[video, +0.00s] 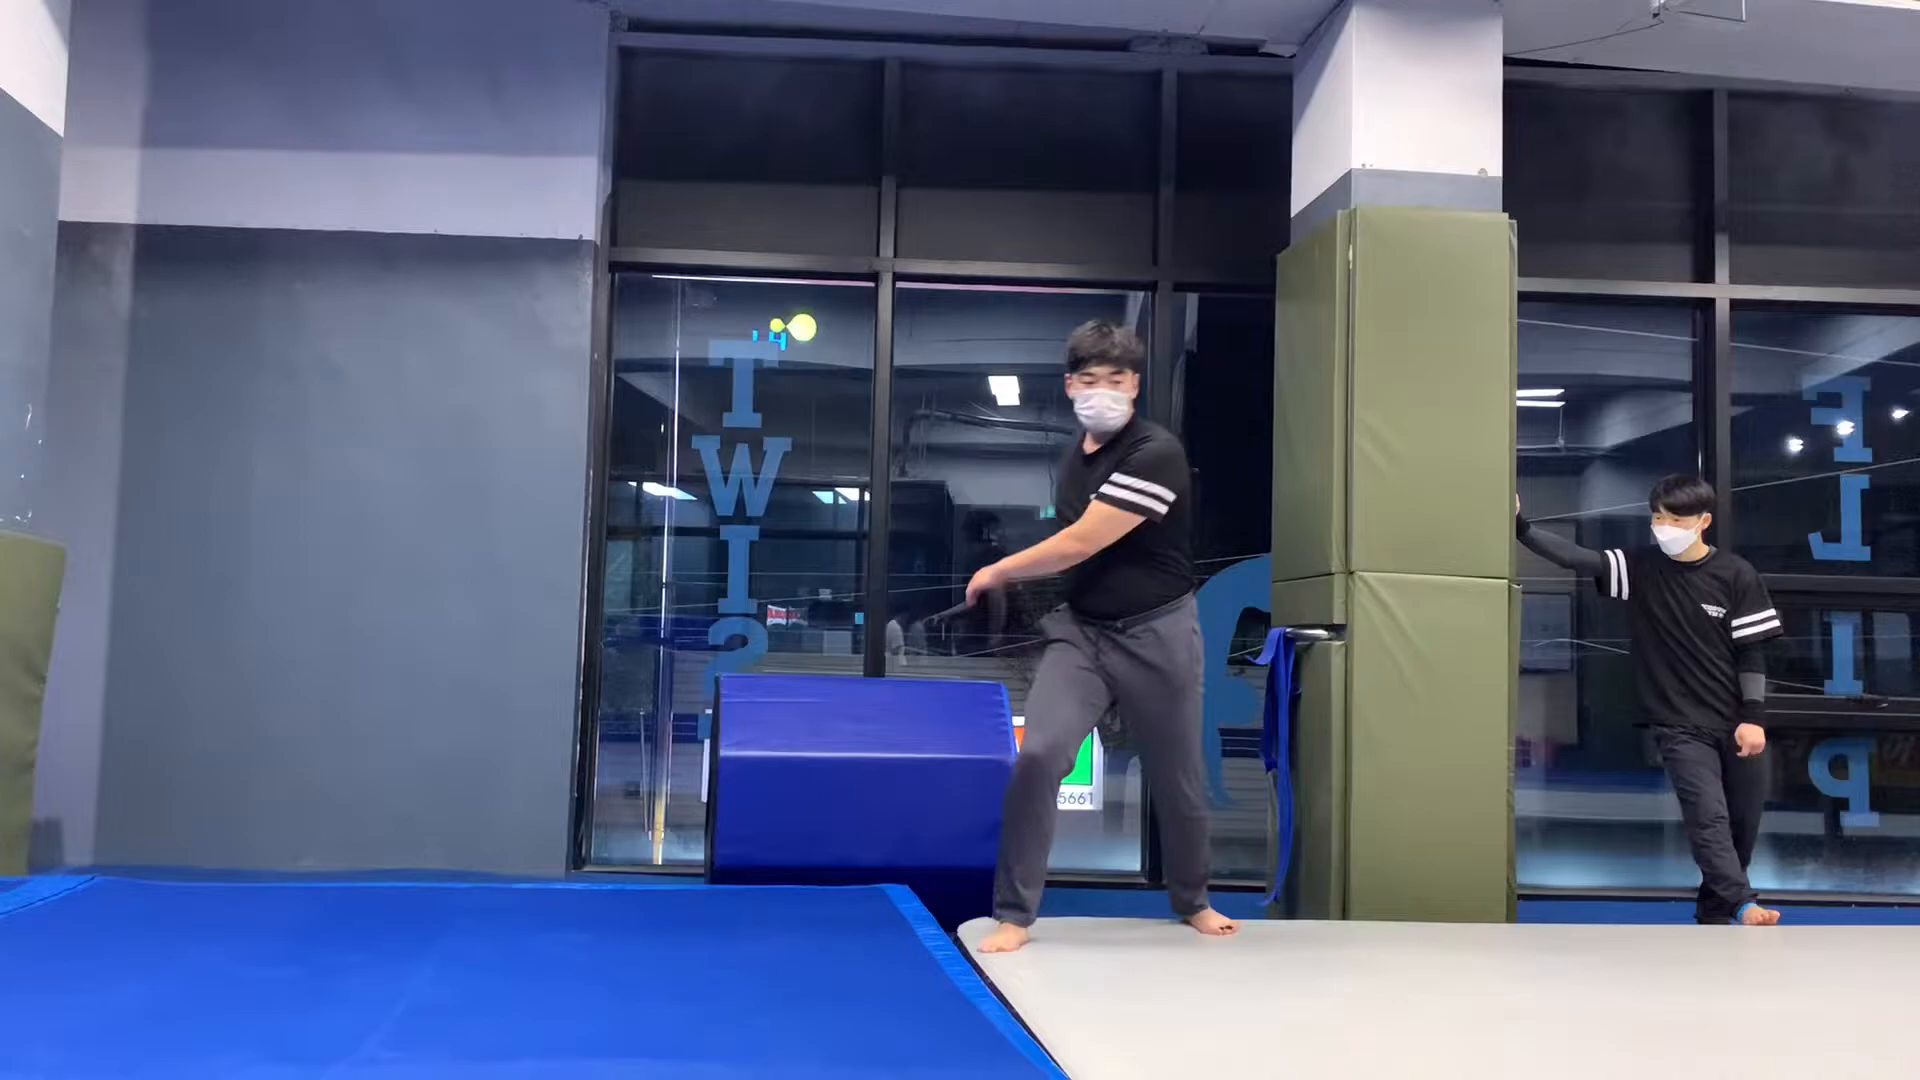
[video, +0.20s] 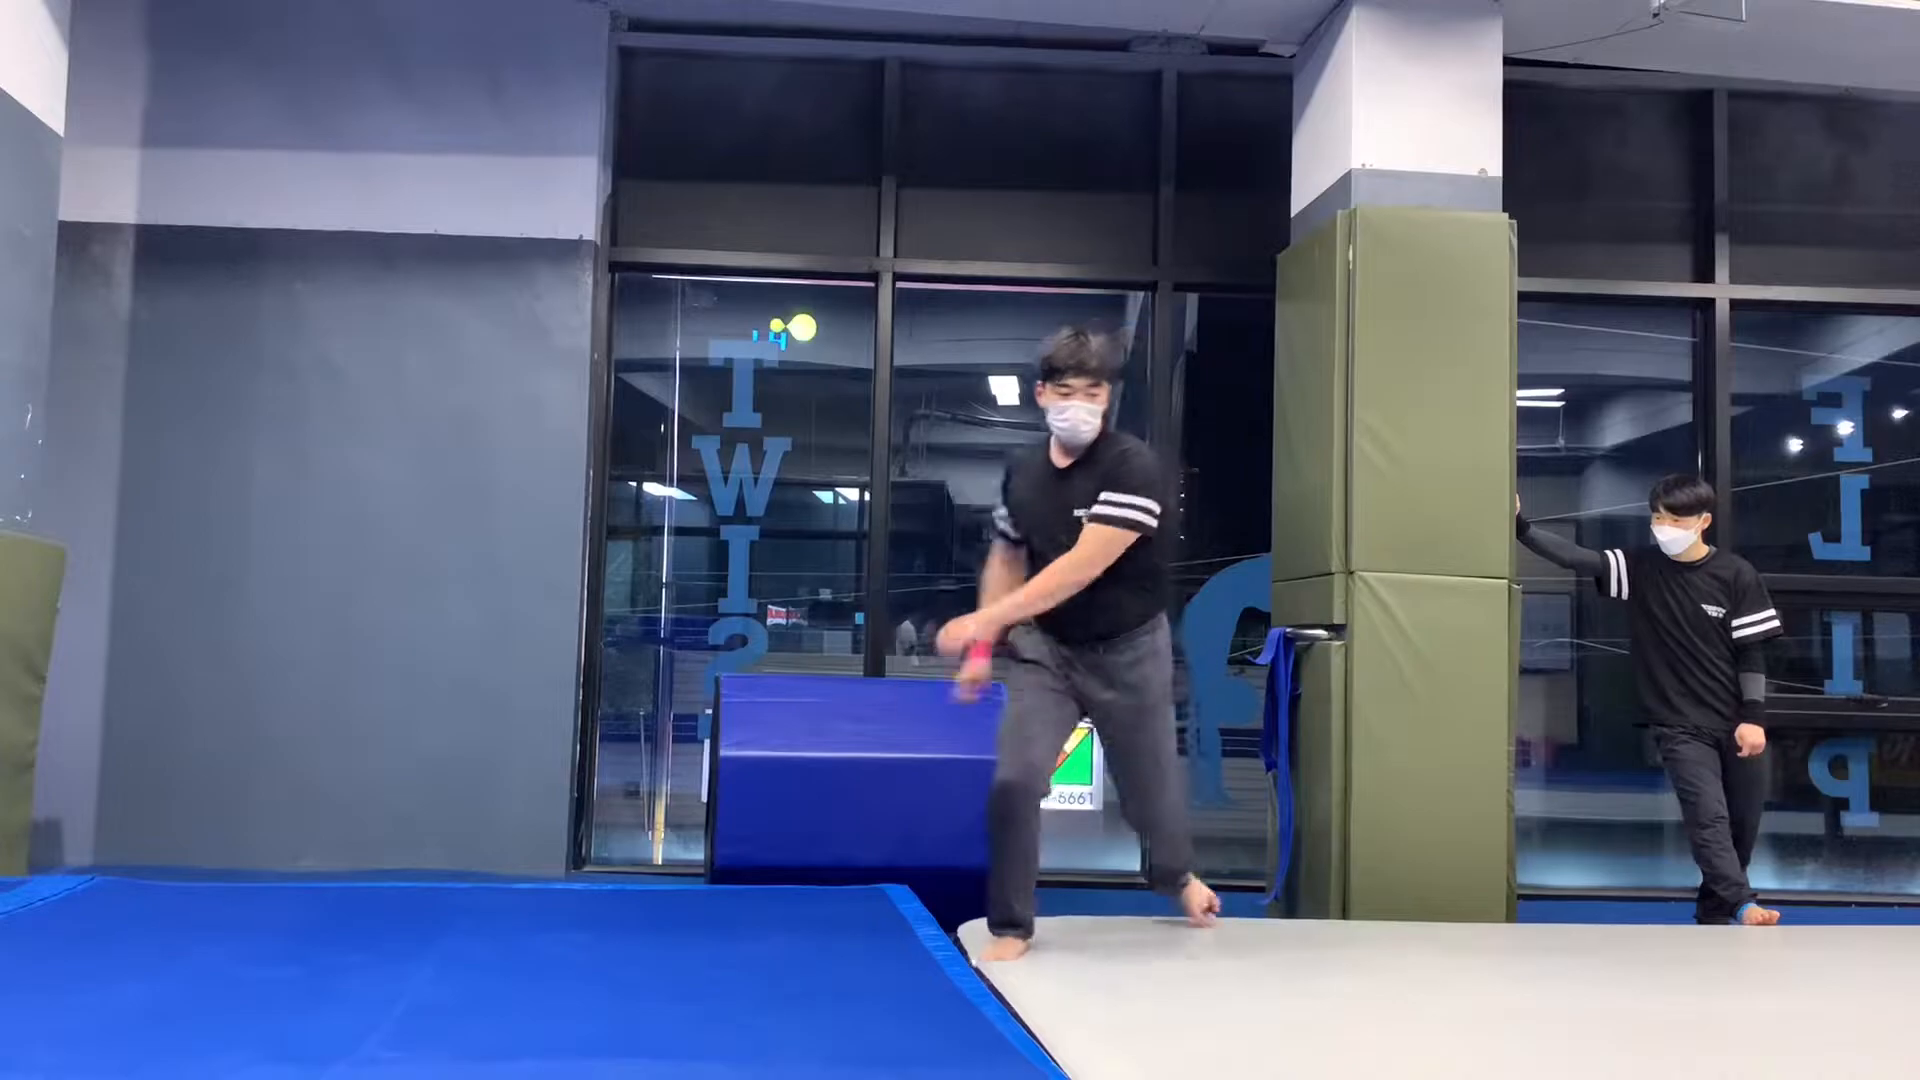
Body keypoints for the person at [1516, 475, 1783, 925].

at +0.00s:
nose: (1657, 529)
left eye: (1668, 522)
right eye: (1655, 520)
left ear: (1702, 523)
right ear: (1652, 517)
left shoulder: (1737, 576)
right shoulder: (1641, 567)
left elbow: (1751, 655)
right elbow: (1578, 558)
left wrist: (1752, 717)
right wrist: (1522, 527)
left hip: (1734, 721)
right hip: (1679, 721)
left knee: (1743, 823)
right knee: (1708, 813)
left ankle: (1711, 914)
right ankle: (1743, 904)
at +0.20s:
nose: (1658, 530)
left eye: (1668, 522)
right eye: (1655, 520)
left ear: (1702, 523)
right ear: (1651, 517)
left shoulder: (1736, 576)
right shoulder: (1640, 567)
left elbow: (1750, 655)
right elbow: (1577, 557)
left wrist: (1752, 717)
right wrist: (1522, 528)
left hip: (1735, 722)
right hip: (1679, 721)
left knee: (1744, 823)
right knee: (1708, 813)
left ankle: (1711, 914)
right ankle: (1742, 904)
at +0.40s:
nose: (1658, 531)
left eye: (1669, 523)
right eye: (1655, 521)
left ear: (1702, 523)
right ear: (1651, 518)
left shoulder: (1736, 576)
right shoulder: (1640, 567)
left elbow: (1750, 655)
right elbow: (1577, 557)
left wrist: (1752, 717)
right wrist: (1522, 528)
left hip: (1735, 721)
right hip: (1679, 721)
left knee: (1743, 823)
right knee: (1708, 813)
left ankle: (1711, 913)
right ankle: (1743, 904)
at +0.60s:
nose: (1659, 531)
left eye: (1669, 523)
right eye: (1655, 521)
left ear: (1702, 523)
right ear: (1650, 518)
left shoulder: (1737, 576)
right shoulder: (1640, 567)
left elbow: (1751, 654)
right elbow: (1578, 558)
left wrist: (1753, 716)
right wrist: (1522, 527)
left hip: (1735, 721)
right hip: (1679, 721)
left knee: (1743, 825)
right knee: (1708, 814)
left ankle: (1711, 916)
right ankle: (1743, 904)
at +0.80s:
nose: (1657, 530)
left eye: (1668, 522)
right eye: (1654, 521)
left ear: (1701, 522)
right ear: (1651, 518)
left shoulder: (1736, 575)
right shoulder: (1640, 567)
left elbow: (1751, 654)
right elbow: (1578, 558)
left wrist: (1753, 717)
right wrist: (1523, 528)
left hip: (1734, 720)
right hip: (1678, 720)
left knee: (1744, 823)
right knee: (1707, 813)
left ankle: (1711, 912)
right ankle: (1742, 903)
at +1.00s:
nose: (1657, 529)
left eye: (1668, 522)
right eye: (1654, 520)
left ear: (1700, 521)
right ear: (1650, 517)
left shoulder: (1737, 575)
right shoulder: (1640, 566)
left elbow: (1751, 653)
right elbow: (1577, 557)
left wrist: (1753, 717)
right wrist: (1522, 527)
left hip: (1734, 720)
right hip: (1678, 720)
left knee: (1744, 823)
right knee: (1707, 813)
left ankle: (1711, 912)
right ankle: (1743, 904)